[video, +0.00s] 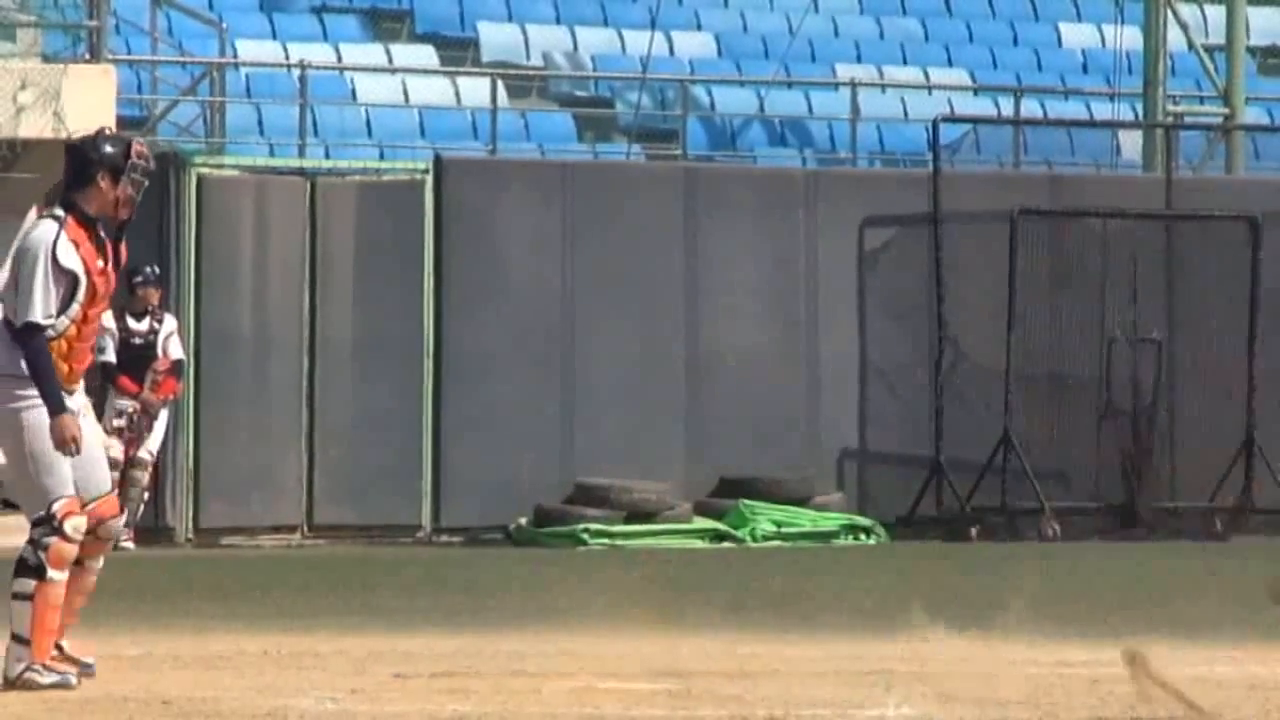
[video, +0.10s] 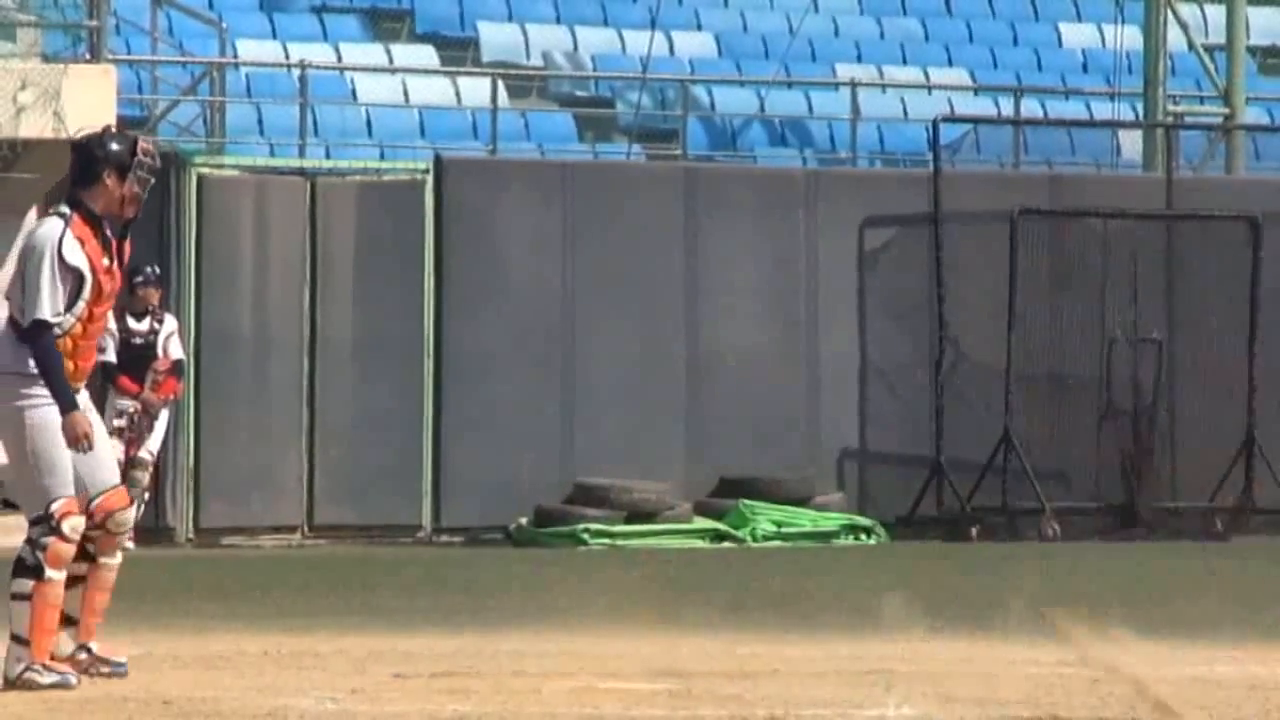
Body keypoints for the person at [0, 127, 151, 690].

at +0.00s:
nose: (130, 194)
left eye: (131, 184)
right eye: (124, 183)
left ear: (104, 183)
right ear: (98, 182)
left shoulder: (94, 240)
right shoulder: (47, 239)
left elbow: (83, 331)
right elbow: (29, 330)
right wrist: (58, 409)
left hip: (68, 391)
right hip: (26, 392)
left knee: (101, 517)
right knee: (59, 520)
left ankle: (54, 638)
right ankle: (25, 655)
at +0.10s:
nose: (136, 193)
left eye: (138, 183)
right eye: (131, 182)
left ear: (110, 181)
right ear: (105, 179)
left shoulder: (101, 238)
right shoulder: (53, 235)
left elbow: (89, 326)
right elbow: (39, 329)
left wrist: (100, 391)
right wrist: (68, 406)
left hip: (71, 386)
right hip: (28, 387)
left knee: (112, 511)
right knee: (59, 520)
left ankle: (79, 643)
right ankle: (24, 658)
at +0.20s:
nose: (152, 190)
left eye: (154, 180)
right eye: (147, 179)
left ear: (127, 180)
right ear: (120, 177)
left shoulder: (119, 237)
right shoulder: (69, 233)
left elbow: (97, 328)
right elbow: (58, 327)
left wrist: (118, 386)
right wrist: (87, 404)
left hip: (85, 387)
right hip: (44, 386)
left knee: (127, 509)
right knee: (59, 521)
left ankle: (134, 648)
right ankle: (26, 660)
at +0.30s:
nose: (169, 186)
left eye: (170, 175)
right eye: (162, 175)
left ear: (141, 177)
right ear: (134, 175)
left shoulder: (130, 237)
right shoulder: (81, 232)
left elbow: (109, 327)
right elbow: (75, 326)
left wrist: (126, 388)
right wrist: (101, 403)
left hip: (98, 388)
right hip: (60, 387)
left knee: (138, 514)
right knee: (58, 523)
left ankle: (159, 651)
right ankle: (25, 660)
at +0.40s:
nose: (183, 186)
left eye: (182, 175)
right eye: (175, 175)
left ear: (154, 179)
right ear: (147, 177)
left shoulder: (152, 237)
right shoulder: (98, 230)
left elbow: (145, 320)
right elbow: (93, 322)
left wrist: (157, 378)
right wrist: (118, 401)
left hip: (123, 394)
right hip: (75, 392)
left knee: (147, 524)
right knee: (64, 528)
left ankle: (156, 659)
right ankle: (27, 661)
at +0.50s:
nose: (198, 184)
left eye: (198, 173)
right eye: (193, 173)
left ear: (166, 175)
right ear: (168, 174)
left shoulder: (160, 233)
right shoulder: (117, 227)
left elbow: (153, 311)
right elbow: (110, 317)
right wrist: (134, 397)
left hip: (144, 391)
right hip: (96, 388)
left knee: (160, 526)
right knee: (88, 527)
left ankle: (159, 660)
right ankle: (32, 657)